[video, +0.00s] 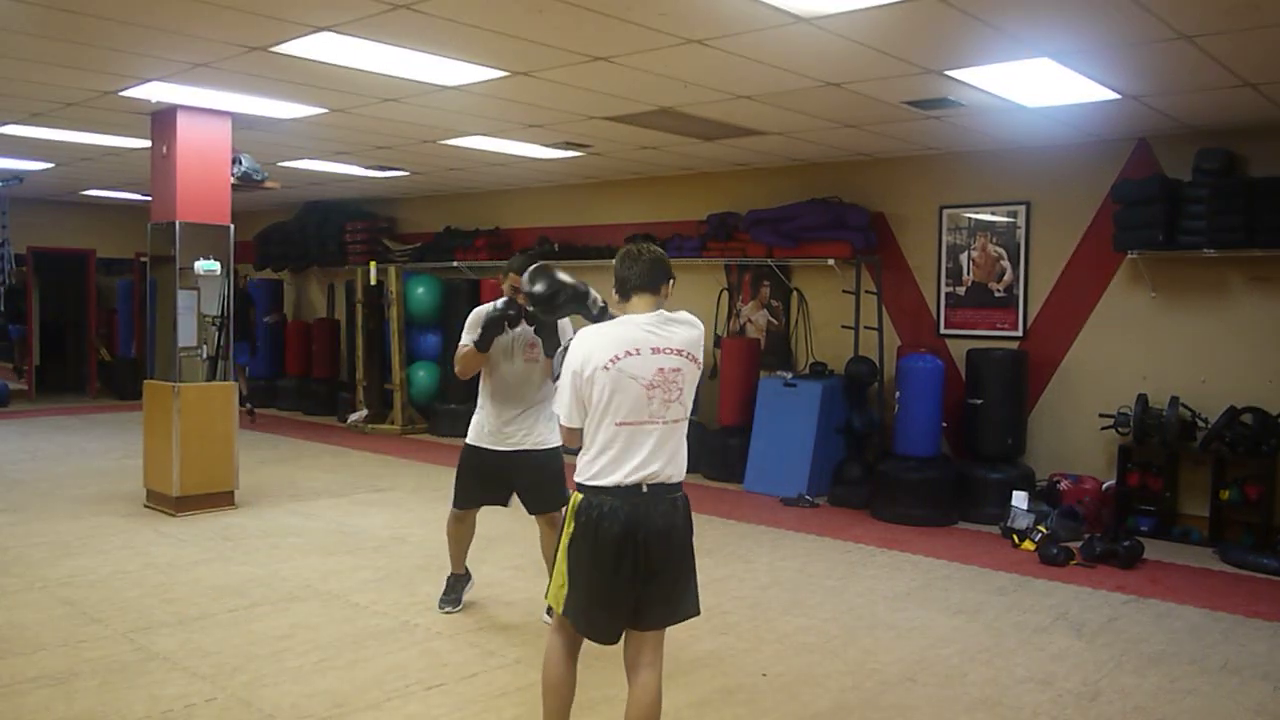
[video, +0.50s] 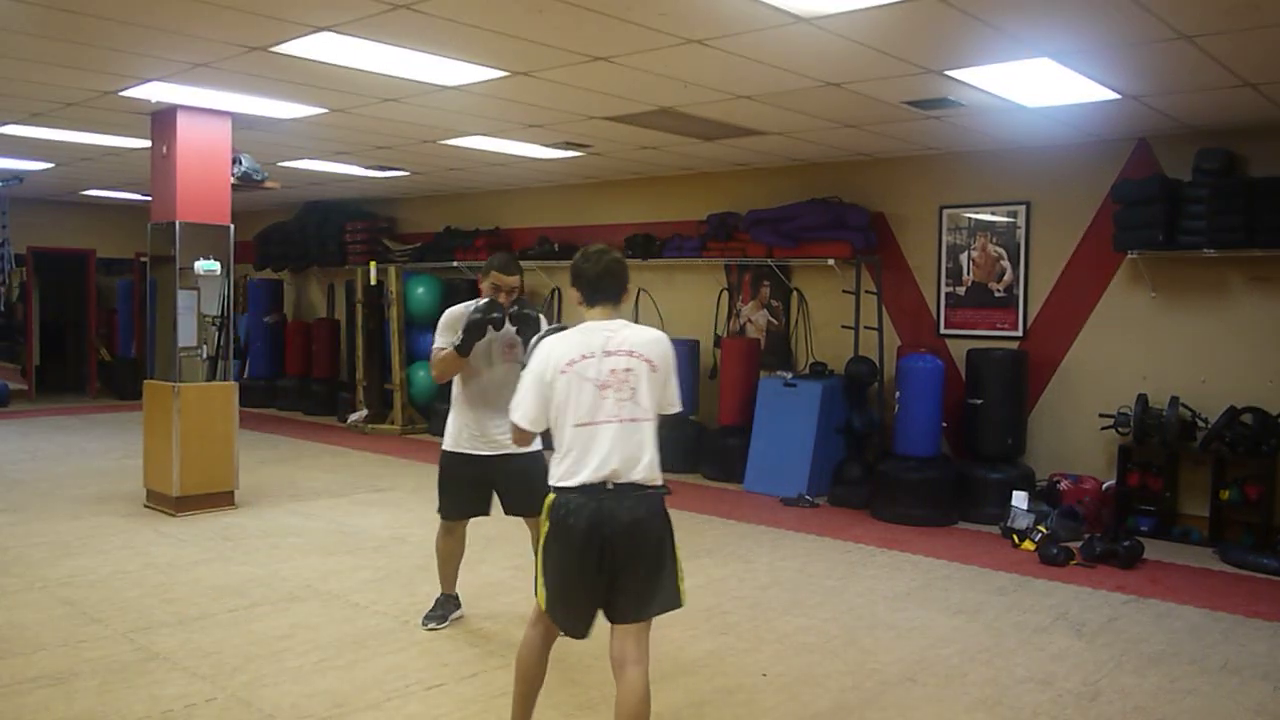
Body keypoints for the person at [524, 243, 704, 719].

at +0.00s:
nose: (672, 292)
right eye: (672, 286)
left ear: (615, 289)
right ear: (667, 289)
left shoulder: (586, 343)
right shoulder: (693, 331)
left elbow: (571, 435)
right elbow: (645, 332)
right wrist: (595, 308)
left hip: (597, 512)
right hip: (666, 511)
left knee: (563, 636)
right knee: (646, 655)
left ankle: (554, 716)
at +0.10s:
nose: (675, 290)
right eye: (674, 284)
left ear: (618, 288)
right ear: (670, 288)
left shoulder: (591, 344)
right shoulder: (694, 335)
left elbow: (572, 433)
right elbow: (646, 339)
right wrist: (601, 306)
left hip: (599, 511)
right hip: (667, 511)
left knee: (560, 621)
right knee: (645, 651)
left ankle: (551, 717)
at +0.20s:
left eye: (616, 283)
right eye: (670, 286)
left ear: (615, 287)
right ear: (668, 289)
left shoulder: (589, 343)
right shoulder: (692, 339)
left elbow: (563, 436)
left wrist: (549, 380)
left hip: (596, 511)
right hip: (666, 512)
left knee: (555, 623)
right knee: (644, 654)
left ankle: (539, 716)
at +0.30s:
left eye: (600, 285)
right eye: (660, 286)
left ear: (605, 289)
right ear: (658, 289)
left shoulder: (579, 345)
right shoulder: (685, 340)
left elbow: (551, 438)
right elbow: (687, 408)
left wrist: (541, 376)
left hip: (591, 513)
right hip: (661, 513)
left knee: (550, 624)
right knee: (642, 657)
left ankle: (525, 716)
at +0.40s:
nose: (586, 294)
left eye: (587, 288)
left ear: (592, 292)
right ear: (643, 289)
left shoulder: (567, 347)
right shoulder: (673, 343)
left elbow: (536, 437)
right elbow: (676, 412)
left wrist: (582, 411)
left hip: (582, 512)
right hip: (652, 512)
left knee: (544, 625)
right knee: (638, 655)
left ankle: (517, 716)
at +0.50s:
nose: (571, 294)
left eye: (572, 288)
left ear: (577, 293)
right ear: (626, 290)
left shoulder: (550, 349)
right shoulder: (655, 343)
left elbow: (521, 432)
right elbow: (664, 413)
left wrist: (570, 402)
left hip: (573, 513)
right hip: (641, 513)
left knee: (544, 623)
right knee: (631, 656)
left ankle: (519, 716)